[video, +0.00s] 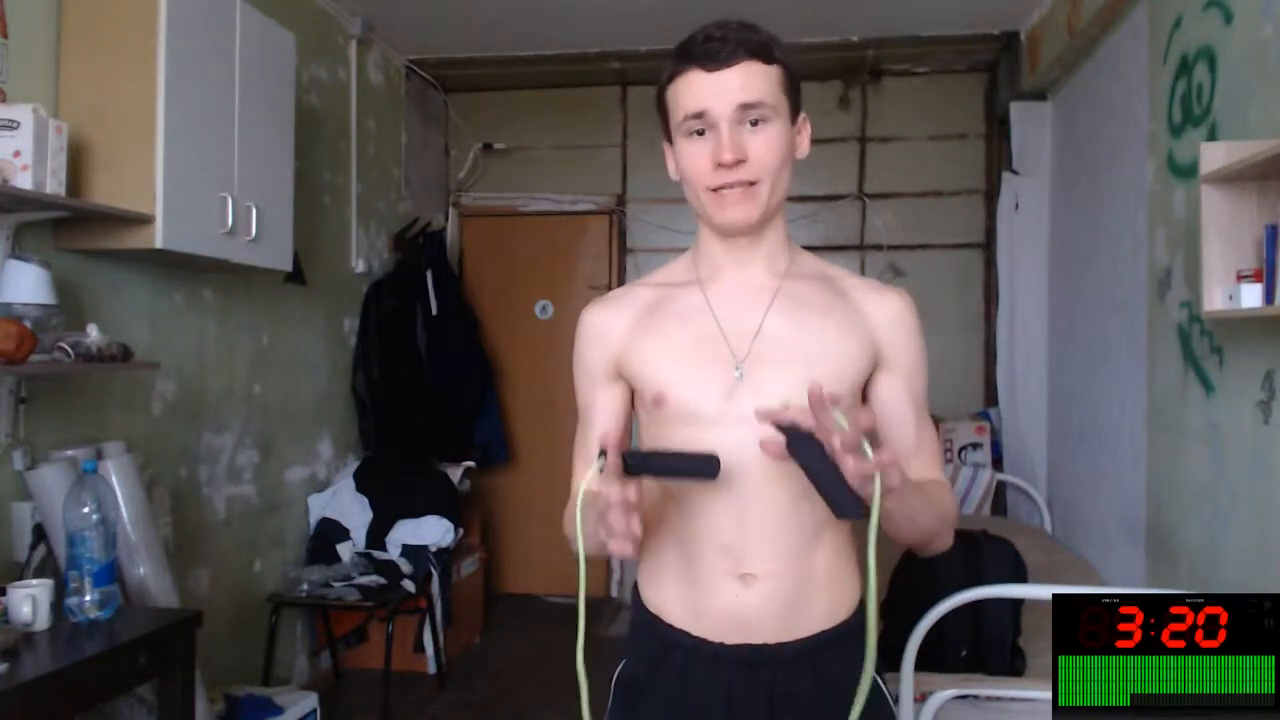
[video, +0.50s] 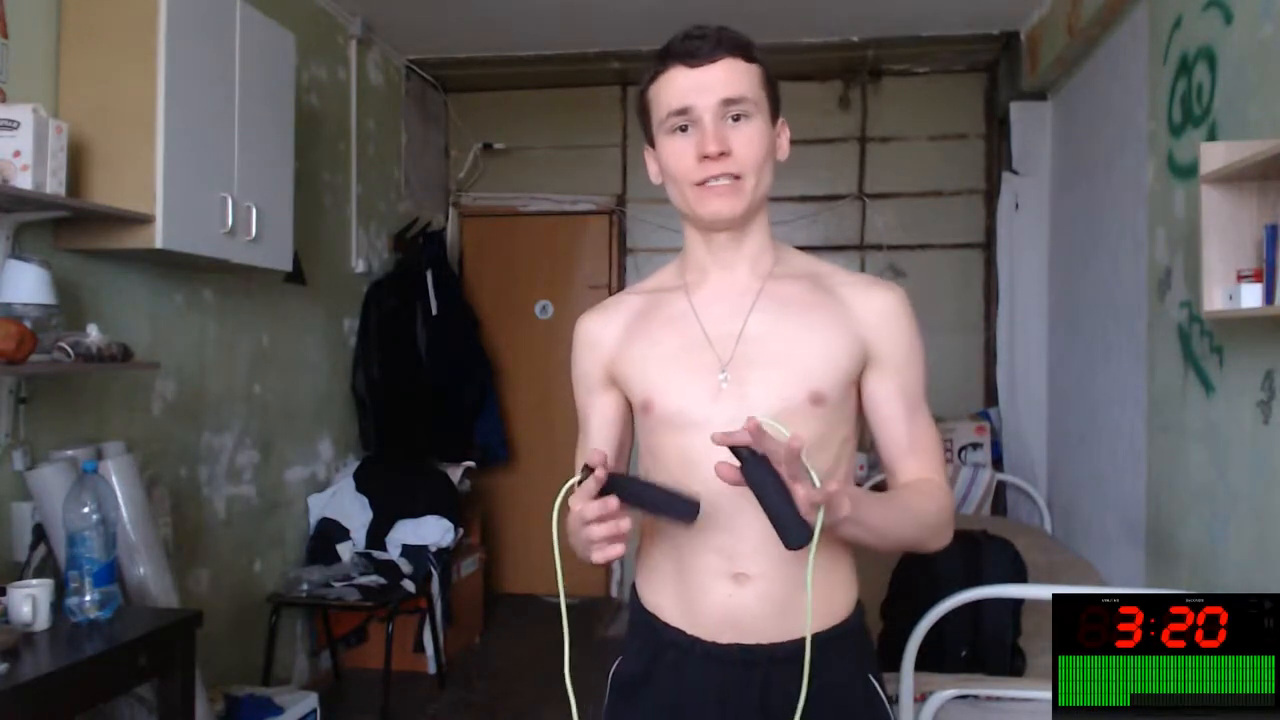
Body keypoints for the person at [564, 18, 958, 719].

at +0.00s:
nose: (728, 152)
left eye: (753, 121)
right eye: (699, 129)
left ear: (799, 139)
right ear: (670, 159)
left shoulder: (879, 314)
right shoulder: (613, 324)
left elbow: (935, 530)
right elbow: (581, 514)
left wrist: (876, 482)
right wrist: (605, 516)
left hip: (828, 674)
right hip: (672, 672)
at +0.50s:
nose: (713, 144)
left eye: (737, 115)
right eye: (682, 125)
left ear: (779, 140)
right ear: (654, 163)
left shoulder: (870, 310)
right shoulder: (607, 332)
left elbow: (932, 516)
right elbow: (587, 498)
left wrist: (835, 504)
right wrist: (581, 527)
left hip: (825, 677)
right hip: (667, 676)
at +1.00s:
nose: (704, 130)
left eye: (731, 108)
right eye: (677, 115)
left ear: (774, 144)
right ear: (648, 159)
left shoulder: (865, 307)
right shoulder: (604, 332)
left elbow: (924, 514)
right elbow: (577, 521)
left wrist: (798, 499)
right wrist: (638, 543)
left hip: (820, 676)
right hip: (665, 678)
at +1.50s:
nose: (726, 124)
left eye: (755, 108)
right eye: (700, 105)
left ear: (789, 152)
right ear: (662, 147)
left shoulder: (868, 303)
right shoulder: (603, 327)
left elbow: (948, 517)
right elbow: (573, 506)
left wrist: (833, 415)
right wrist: (602, 536)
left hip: (826, 669)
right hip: (671, 670)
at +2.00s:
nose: (730, 144)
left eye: (756, 119)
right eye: (701, 119)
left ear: (789, 150)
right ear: (660, 149)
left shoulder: (871, 302)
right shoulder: (607, 329)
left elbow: (933, 528)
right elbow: (588, 488)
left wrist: (849, 389)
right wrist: (602, 537)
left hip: (829, 668)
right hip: (676, 671)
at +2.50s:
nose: (721, 160)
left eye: (746, 128)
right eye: (692, 134)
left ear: (783, 145)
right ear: (654, 157)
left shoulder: (867, 313)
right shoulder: (605, 328)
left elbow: (932, 532)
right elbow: (585, 491)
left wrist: (888, 468)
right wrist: (591, 543)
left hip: (818, 671)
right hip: (664, 669)